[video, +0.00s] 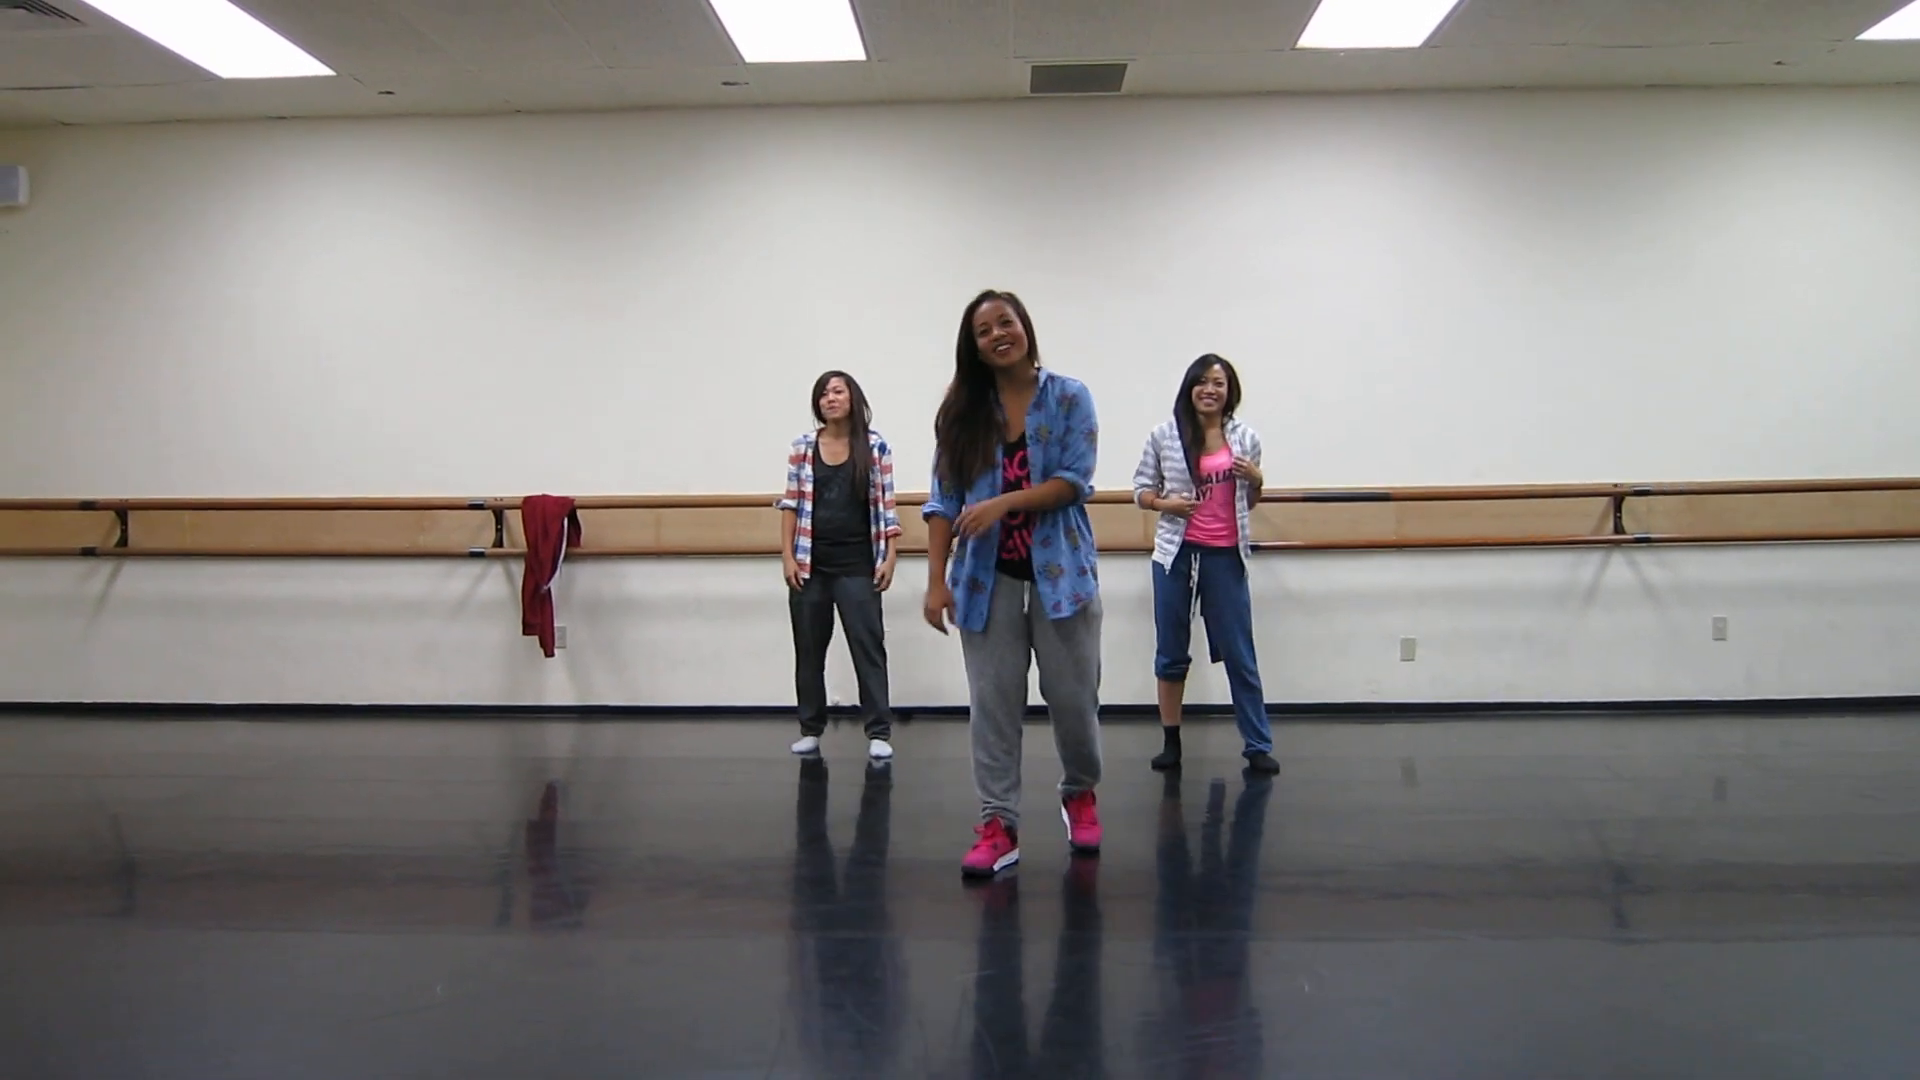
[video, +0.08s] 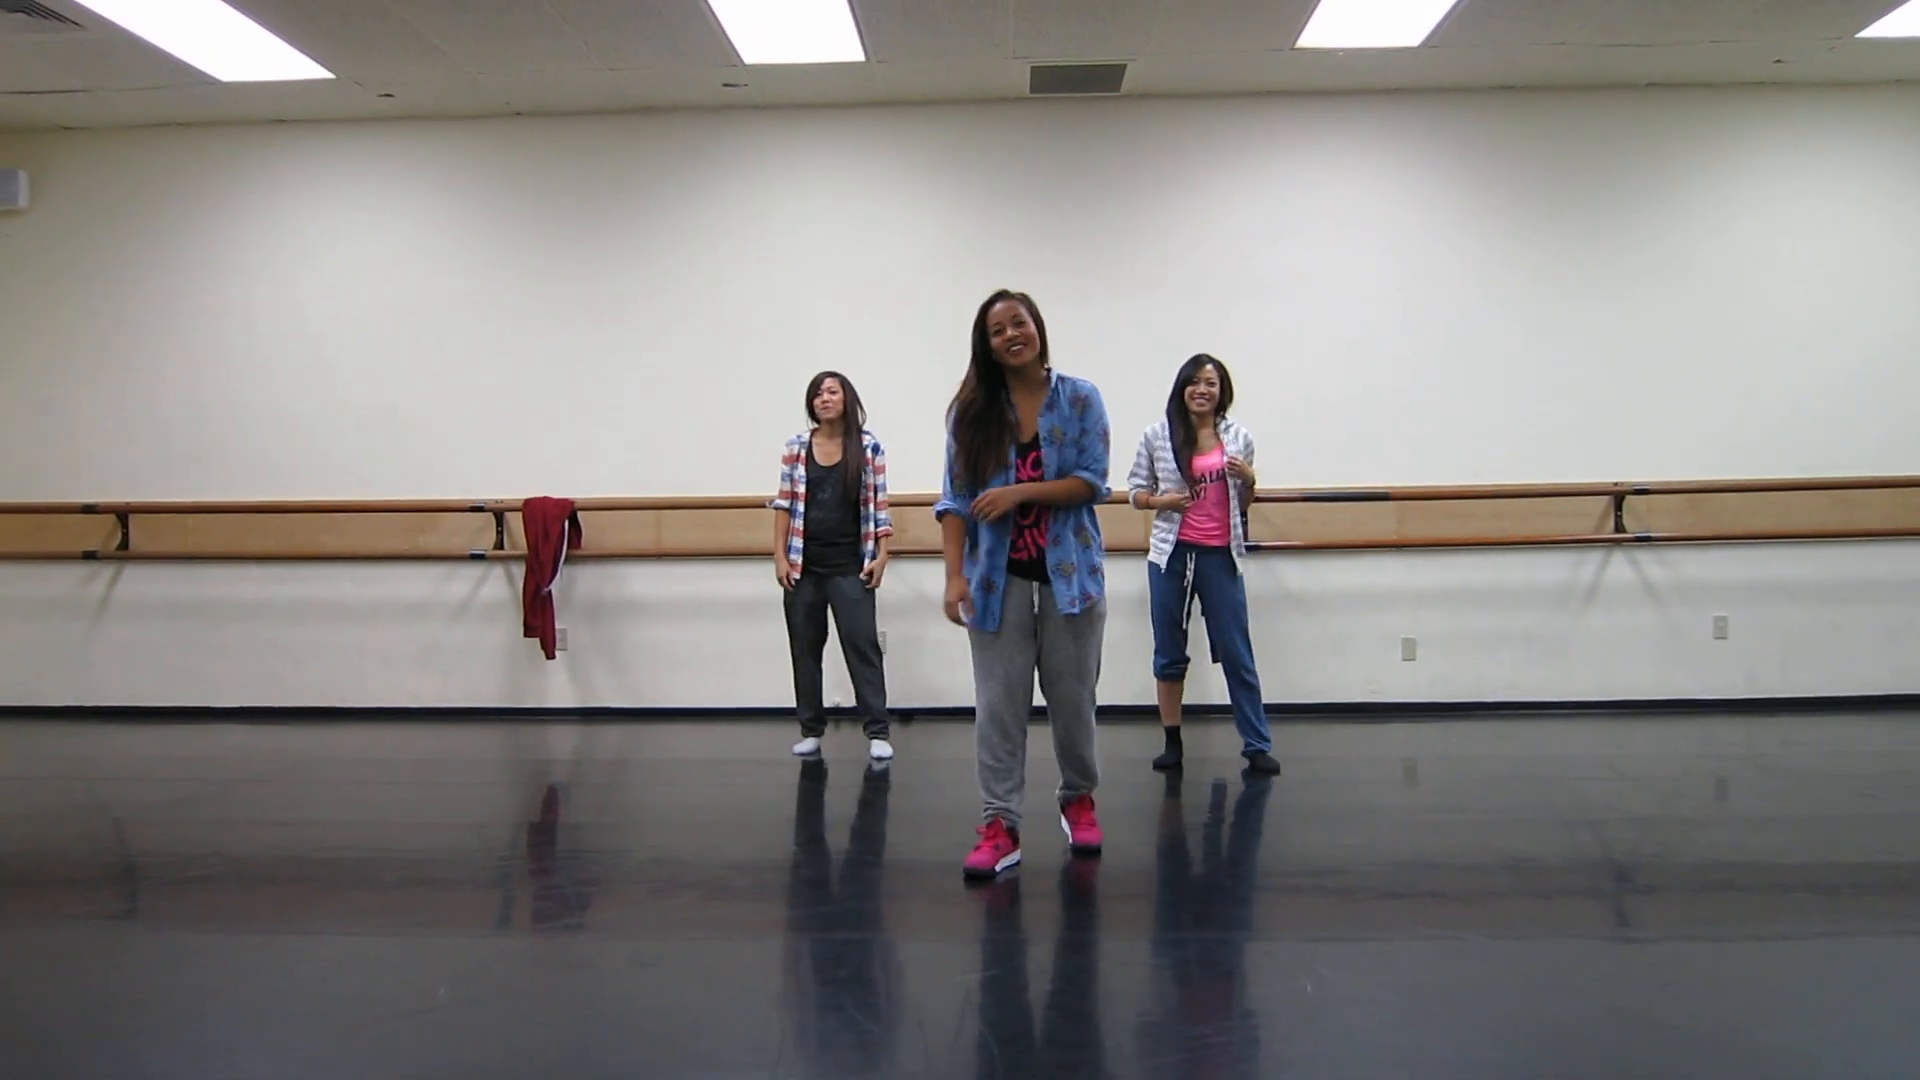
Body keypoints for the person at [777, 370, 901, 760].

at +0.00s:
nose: (832, 397)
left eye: (839, 391)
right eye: (825, 393)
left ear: (854, 399)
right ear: (817, 403)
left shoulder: (874, 445)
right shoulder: (803, 446)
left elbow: (887, 505)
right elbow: (790, 504)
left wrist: (890, 556)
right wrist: (787, 554)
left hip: (859, 565)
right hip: (810, 565)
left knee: (868, 649)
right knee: (808, 652)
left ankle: (878, 732)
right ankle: (810, 729)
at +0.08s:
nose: (826, 397)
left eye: (834, 391)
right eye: (819, 393)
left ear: (848, 400)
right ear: (811, 403)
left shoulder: (868, 446)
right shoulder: (796, 448)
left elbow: (880, 505)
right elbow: (783, 505)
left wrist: (882, 555)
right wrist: (780, 554)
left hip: (852, 567)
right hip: (803, 568)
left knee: (863, 649)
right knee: (805, 653)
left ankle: (877, 732)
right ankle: (810, 730)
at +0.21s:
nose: (819, 400)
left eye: (827, 394)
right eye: (812, 395)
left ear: (841, 403)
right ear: (803, 405)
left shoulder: (860, 448)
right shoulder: (788, 449)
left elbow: (874, 506)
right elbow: (776, 507)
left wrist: (881, 551)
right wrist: (770, 557)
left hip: (845, 567)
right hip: (796, 569)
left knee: (856, 644)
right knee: (802, 653)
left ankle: (875, 732)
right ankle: (811, 733)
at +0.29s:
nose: (815, 402)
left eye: (823, 397)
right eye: (809, 397)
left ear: (837, 404)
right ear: (799, 405)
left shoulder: (857, 450)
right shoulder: (784, 450)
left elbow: (872, 506)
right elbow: (770, 506)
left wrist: (880, 551)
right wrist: (764, 558)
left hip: (842, 567)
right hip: (794, 570)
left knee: (853, 642)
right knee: (801, 654)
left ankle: (872, 731)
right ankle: (810, 733)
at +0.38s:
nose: (812, 403)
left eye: (820, 397)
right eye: (806, 397)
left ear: (834, 404)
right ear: (797, 406)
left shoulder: (853, 448)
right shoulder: (781, 450)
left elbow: (869, 504)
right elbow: (767, 506)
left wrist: (877, 551)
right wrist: (761, 557)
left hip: (841, 567)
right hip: (792, 570)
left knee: (850, 640)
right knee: (800, 653)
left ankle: (869, 729)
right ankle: (811, 733)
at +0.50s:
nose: (809, 404)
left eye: (817, 398)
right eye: (802, 399)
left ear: (830, 405)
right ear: (793, 407)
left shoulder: (850, 450)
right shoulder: (778, 452)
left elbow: (864, 506)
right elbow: (765, 509)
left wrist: (870, 554)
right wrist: (760, 558)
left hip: (840, 569)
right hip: (790, 571)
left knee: (848, 643)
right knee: (800, 654)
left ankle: (867, 728)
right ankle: (811, 734)